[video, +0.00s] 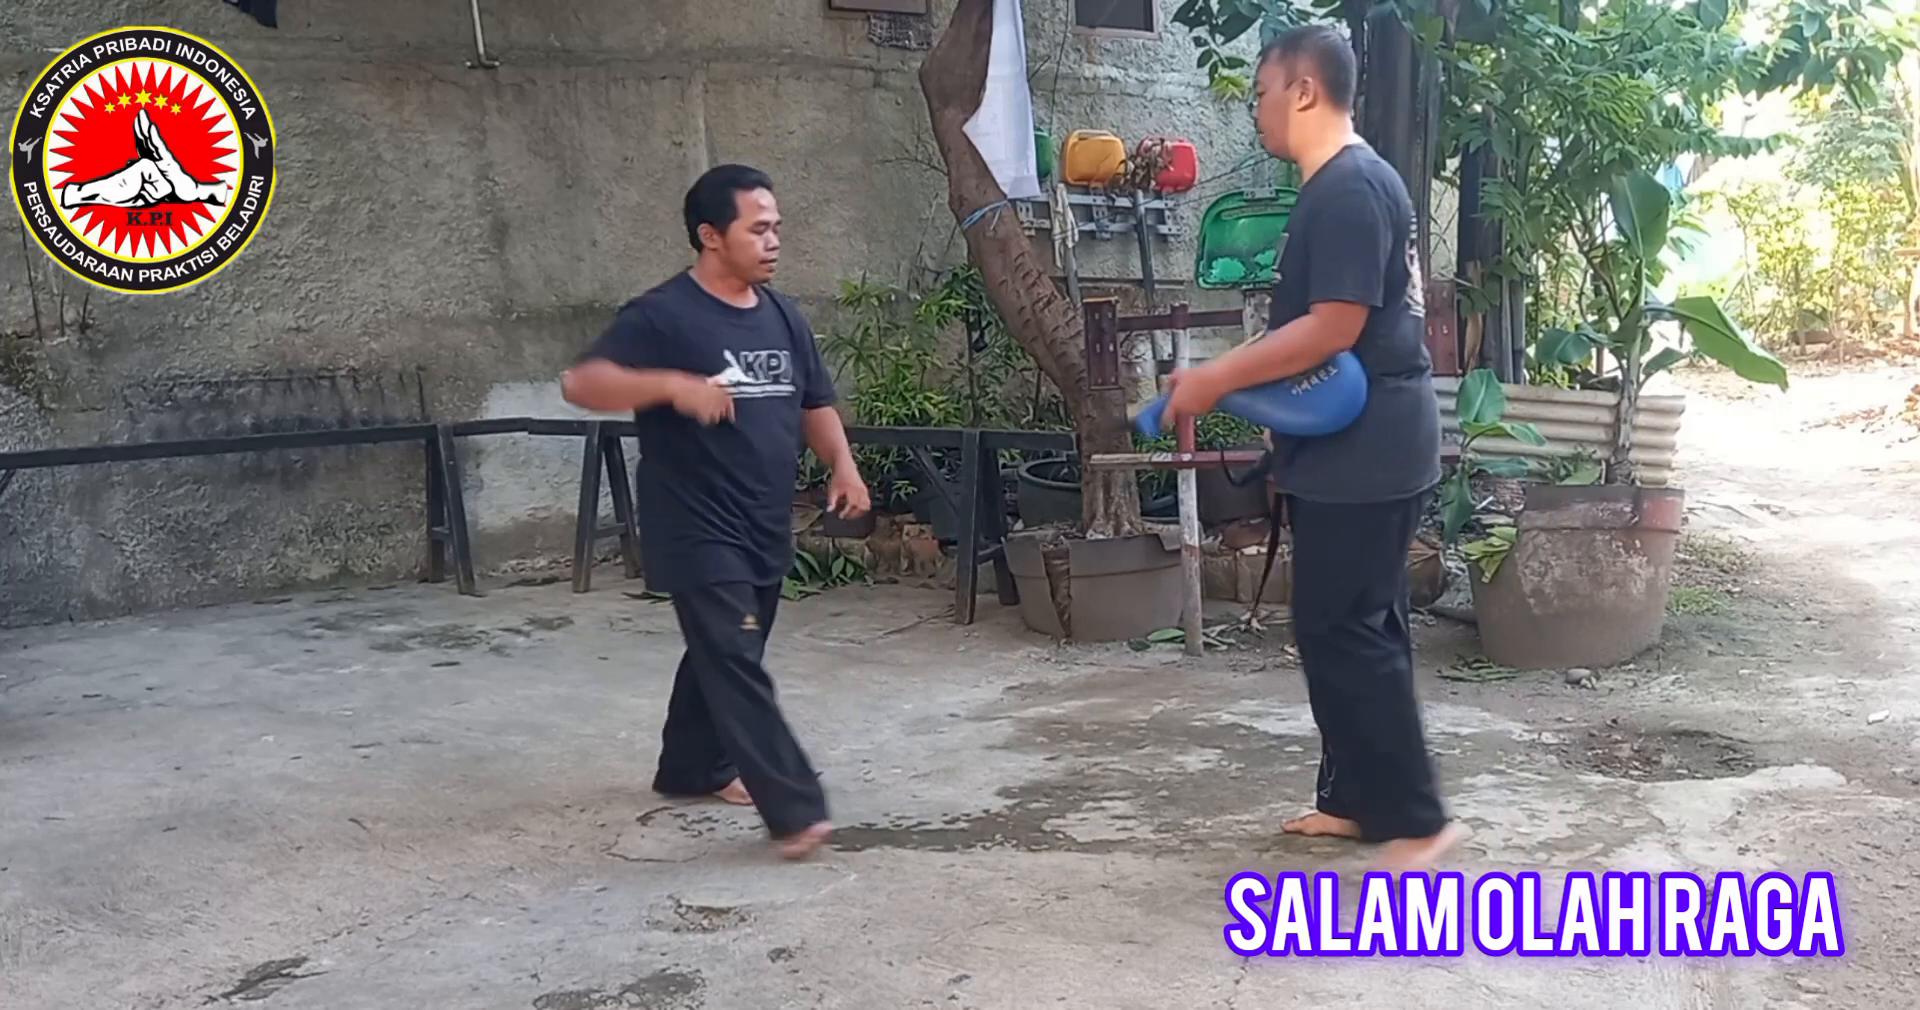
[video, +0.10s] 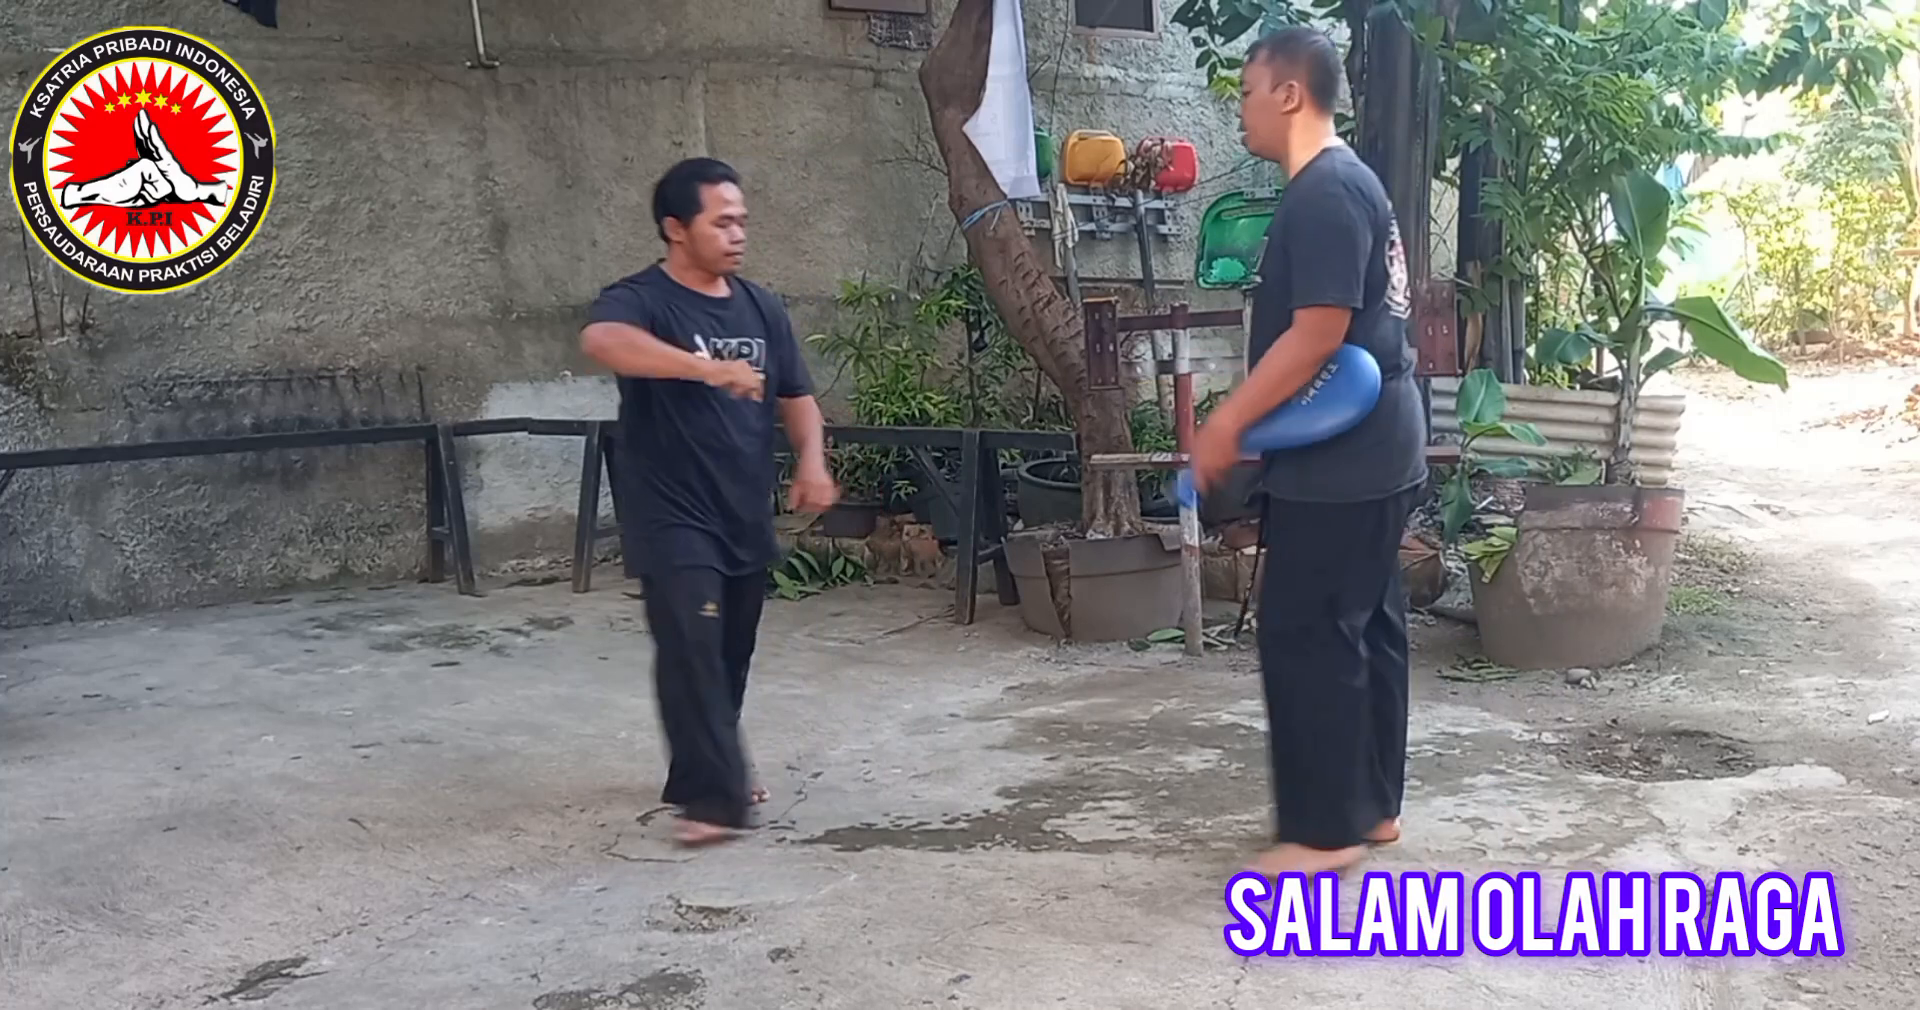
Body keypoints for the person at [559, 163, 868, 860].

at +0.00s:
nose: (775, 238)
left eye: (776, 225)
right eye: (760, 227)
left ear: (772, 229)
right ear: (710, 236)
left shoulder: (783, 314)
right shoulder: (661, 313)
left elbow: (814, 402)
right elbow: (580, 382)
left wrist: (843, 463)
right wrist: (673, 386)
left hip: (766, 523)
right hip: (694, 524)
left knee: (729, 649)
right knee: (731, 654)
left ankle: (690, 769)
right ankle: (795, 811)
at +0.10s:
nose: (740, 232)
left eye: (742, 219)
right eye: (724, 220)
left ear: (743, 225)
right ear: (676, 229)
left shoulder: (762, 307)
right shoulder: (640, 296)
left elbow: (797, 394)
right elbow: (601, 342)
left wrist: (812, 461)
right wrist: (703, 367)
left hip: (745, 513)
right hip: (669, 510)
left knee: (729, 650)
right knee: (691, 642)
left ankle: (706, 774)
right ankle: (708, 799)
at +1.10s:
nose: (554, 246)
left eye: (558, 233)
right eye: (538, 235)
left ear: (563, 237)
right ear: (495, 241)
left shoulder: (584, 315)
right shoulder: (441, 308)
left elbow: (615, 397)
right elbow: (409, 387)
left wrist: (600, 455)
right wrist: (455, 428)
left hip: (556, 502)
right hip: (461, 501)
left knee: (579, 614)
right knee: (440, 614)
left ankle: (585, 737)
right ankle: (440, 727)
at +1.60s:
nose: (613, 257)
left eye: (615, 246)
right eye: (597, 246)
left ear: (617, 252)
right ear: (553, 257)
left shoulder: (638, 336)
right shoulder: (505, 333)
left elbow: (682, 405)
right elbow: (485, 423)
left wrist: (705, 438)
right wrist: (571, 419)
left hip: (619, 516)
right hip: (523, 518)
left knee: (663, 625)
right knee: (484, 623)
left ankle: (669, 751)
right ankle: (464, 725)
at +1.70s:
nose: (613, 247)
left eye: (616, 235)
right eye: (598, 235)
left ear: (620, 242)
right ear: (554, 245)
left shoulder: (636, 323)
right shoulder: (507, 318)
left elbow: (684, 393)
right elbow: (504, 405)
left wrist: (715, 432)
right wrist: (586, 372)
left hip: (613, 503)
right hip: (520, 502)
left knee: (650, 619)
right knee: (486, 613)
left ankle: (666, 751)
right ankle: (476, 726)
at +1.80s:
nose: (596, 252)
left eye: (600, 240)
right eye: (581, 241)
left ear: (603, 245)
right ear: (537, 250)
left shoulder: (624, 326)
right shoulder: (491, 323)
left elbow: (675, 396)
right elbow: (503, 405)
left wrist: (713, 444)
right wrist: (569, 338)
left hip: (603, 509)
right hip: (510, 510)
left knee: (643, 622)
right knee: (489, 632)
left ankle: (663, 753)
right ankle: (487, 736)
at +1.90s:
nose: (581, 258)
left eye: (585, 245)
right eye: (565, 246)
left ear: (590, 251)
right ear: (522, 255)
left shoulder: (609, 328)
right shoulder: (478, 330)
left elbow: (662, 403)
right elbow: (490, 409)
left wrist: (702, 453)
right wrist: (549, 339)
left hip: (597, 512)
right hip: (505, 514)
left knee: (642, 621)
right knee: (482, 629)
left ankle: (666, 753)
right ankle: (484, 736)